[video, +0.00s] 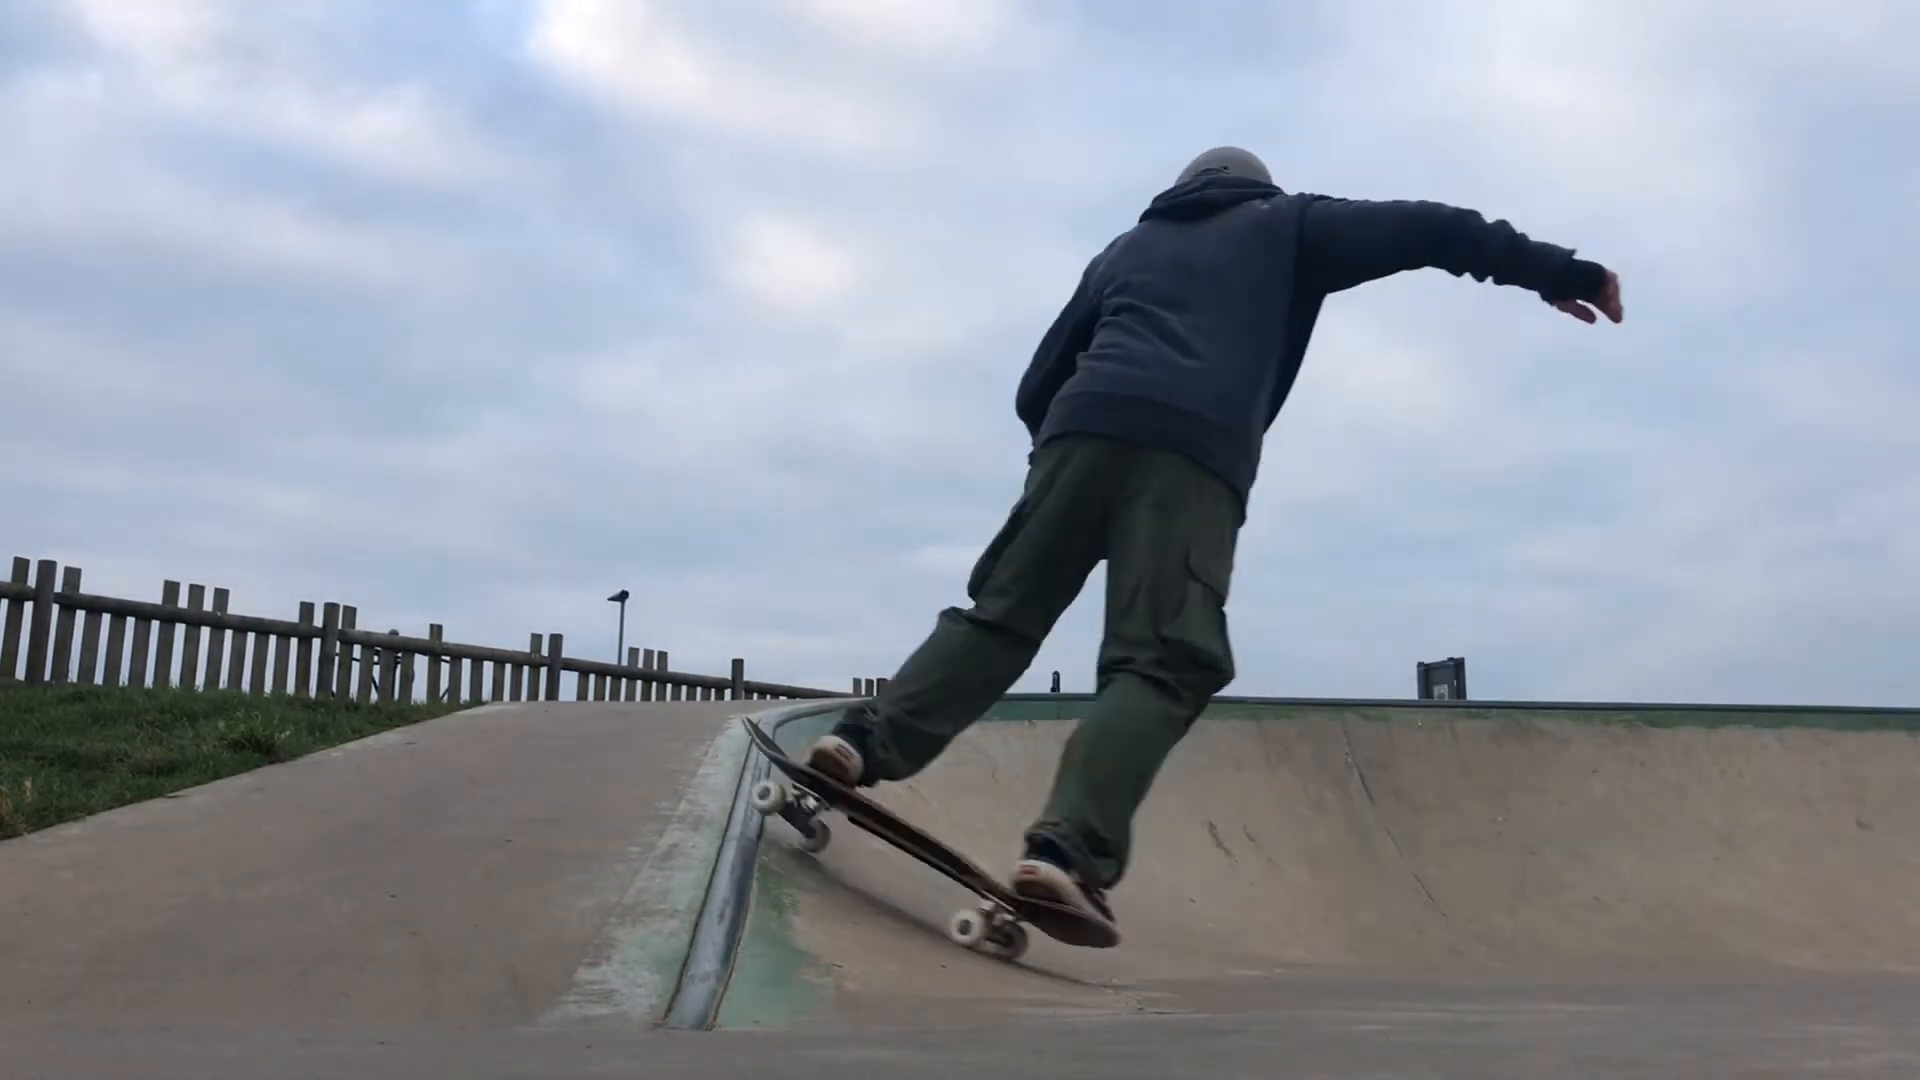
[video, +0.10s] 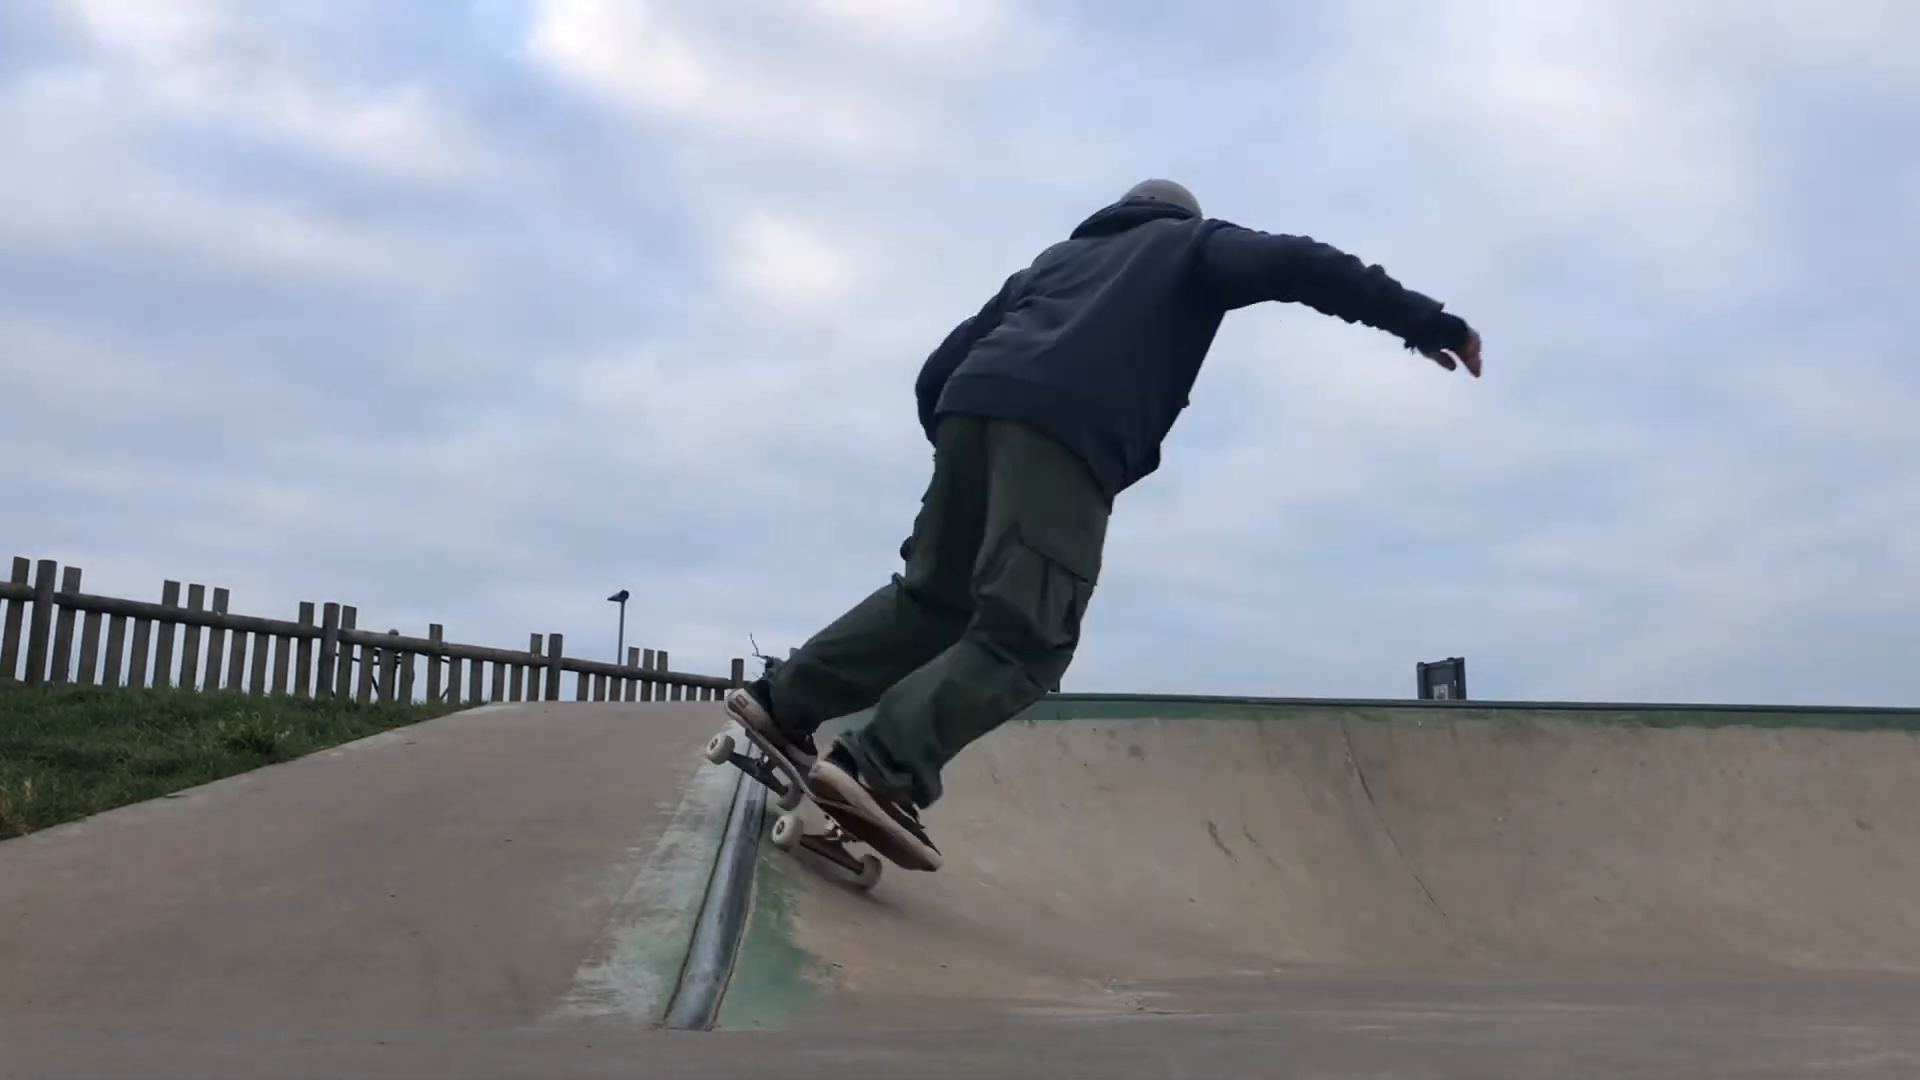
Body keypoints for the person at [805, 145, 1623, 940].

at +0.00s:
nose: (1271, 205)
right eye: (1273, 195)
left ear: (1184, 187)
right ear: (1265, 189)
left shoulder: (1130, 248)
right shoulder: (1289, 222)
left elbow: (1041, 379)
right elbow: (1429, 226)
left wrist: (1078, 437)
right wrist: (1555, 271)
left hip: (1084, 425)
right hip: (1198, 440)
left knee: (1001, 613)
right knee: (1160, 660)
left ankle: (863, 746)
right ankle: (1065, 858)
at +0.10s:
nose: (1199, 230)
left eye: (1186, 224)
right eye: (1197, 222)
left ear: (1119, 213)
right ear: (1183, 217)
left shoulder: (1056, 260)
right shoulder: (1190, 243)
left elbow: (953, 350)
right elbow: (1301, 261)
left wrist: (955, 425)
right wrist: (1426, 321)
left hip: (973, 398)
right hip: (1067, 415)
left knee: (934, 596)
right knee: (1021, 643)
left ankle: (780, 706)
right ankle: (875, 767)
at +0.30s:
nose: (1133, 267)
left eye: (1134, 258)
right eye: (1131, 257)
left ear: (1070, 220)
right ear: (1115, 238)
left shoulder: (993, 250)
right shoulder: (1100, 256)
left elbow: (929, 320)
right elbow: (1156, 343)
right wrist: (1255, 420)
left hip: (870, 393)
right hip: (941, 409)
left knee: (873, 583)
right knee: (959, 609)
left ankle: (776, 693)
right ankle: (818, 718)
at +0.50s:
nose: (1155, 257)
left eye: (1164, 249)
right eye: (1158, 242)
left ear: (1110, 201)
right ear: (1131, 213)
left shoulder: (1022, 233)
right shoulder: (1082, 230)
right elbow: (1136, 287)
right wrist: (1217, 314)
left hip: (897, 395)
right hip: (939, 412)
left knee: (899, 578)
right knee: (937, 593)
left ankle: (785, 685)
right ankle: (805, 714)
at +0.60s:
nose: (1180, 261)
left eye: (1185, 253)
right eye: (1182, 248)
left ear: (1129, 207)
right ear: (1156, 222)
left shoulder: (1028, 247)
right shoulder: (1117, 241)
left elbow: (936, 313)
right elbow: (1199, 278)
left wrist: (952, 388)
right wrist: (1289, 275)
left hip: (931, 411)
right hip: (977, 423)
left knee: (948, 595)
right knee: (984, 599)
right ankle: (824, 672)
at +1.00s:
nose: (1306, 384)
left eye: (1312, 373)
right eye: (1308, 367)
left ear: (1248, 342)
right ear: (1278, 345)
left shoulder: (1164, 416)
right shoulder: (1252, 385)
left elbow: (1111, 533)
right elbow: (1285, 457)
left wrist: (1130, 624)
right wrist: (1388, 490)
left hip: (1155, 599)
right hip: (1195, 600)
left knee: (1283, 720)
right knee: (1168, 754)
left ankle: (1295, 892)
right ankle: (1054, 881)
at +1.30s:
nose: (1439, 429)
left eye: (1443, 416)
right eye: (1439, 413)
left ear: (1383, 398)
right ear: (1413, 397)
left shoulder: (1333, 462)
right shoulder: (1399, 447)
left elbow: (1374, 570)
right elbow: (1391, 550)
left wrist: (1449, 630)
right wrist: (1407, 645)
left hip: (1321, 662)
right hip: (1386, 652)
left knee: (1407, 791)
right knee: (1497, 749)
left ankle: (1391, 930)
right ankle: (1476, 876)